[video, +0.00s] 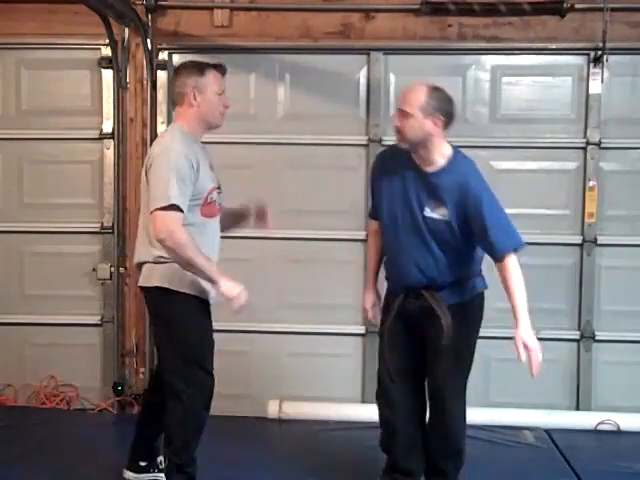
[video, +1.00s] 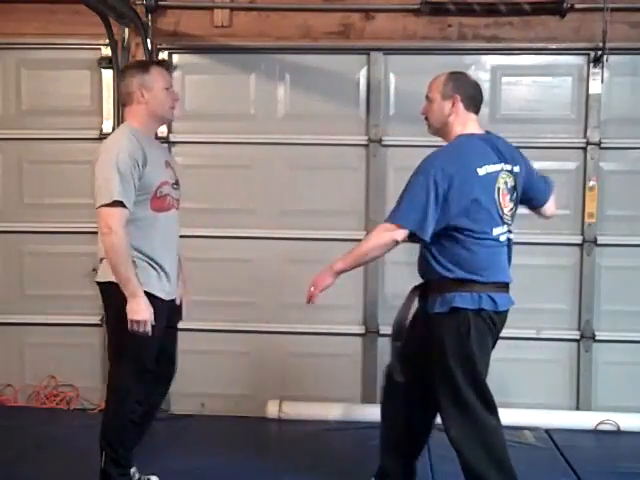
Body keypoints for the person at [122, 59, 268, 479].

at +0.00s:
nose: (227, 104)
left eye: (226, 95)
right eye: (221, 95)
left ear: (193, 98)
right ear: (193, 96)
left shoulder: (192, 147)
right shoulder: (173, 147)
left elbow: (200, 216)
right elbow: (167, 228)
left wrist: (242, 217)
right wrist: (220, 278)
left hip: (183, 281)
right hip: (172, 282)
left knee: (171, 375)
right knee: (193, 380)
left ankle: (141, 463)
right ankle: (181, 472)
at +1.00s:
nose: (176, 96)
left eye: (174, 88)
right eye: (167, 89)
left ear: (149, 96)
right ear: (140, 96)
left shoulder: (158, 146)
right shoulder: (120, 147)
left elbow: (161, 221)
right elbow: (111, 229)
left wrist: (178, 278)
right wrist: (134, 295)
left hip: (160, 287)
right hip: (131, 288)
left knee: (157, 376)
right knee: (130, 380)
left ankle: (121, 462)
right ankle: (116, 468)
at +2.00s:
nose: (287, 117)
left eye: (286, 108)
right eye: (280, 107)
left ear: (248, 109)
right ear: (250, 107)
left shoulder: (234, 150)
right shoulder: (258, 140)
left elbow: (271, 224)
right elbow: (334, 151)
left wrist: (329, 244)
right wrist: (372, 132)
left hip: (223, 296)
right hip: (256, 292)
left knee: (235, 385)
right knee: (323, 380)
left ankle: (160, 465)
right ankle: (326, 472)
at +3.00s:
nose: (269, 108)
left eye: (268, 101)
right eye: (261, 99)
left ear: (233, 102)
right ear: (233, 101)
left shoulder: (248, 170)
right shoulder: (225, 127)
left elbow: (287, 232)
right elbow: (310, 139)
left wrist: (331, 191)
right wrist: (328, 146)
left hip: (235, 288)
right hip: (221, 284)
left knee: (231, 395)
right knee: (262, 397)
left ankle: (196, 474)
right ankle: (264, 476)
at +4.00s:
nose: (347, 107)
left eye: (349, 100)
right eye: (338, 100)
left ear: (348, 103)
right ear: (309, 102)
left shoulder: (360, 150)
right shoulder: (289, 154)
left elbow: (387, 211)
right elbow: (278, 230)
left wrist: (373, 199)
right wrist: (341, 216)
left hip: (351, 279)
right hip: (310, 276)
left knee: (348, 377)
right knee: (320, 376)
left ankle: (328, 463)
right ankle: (303, 469)